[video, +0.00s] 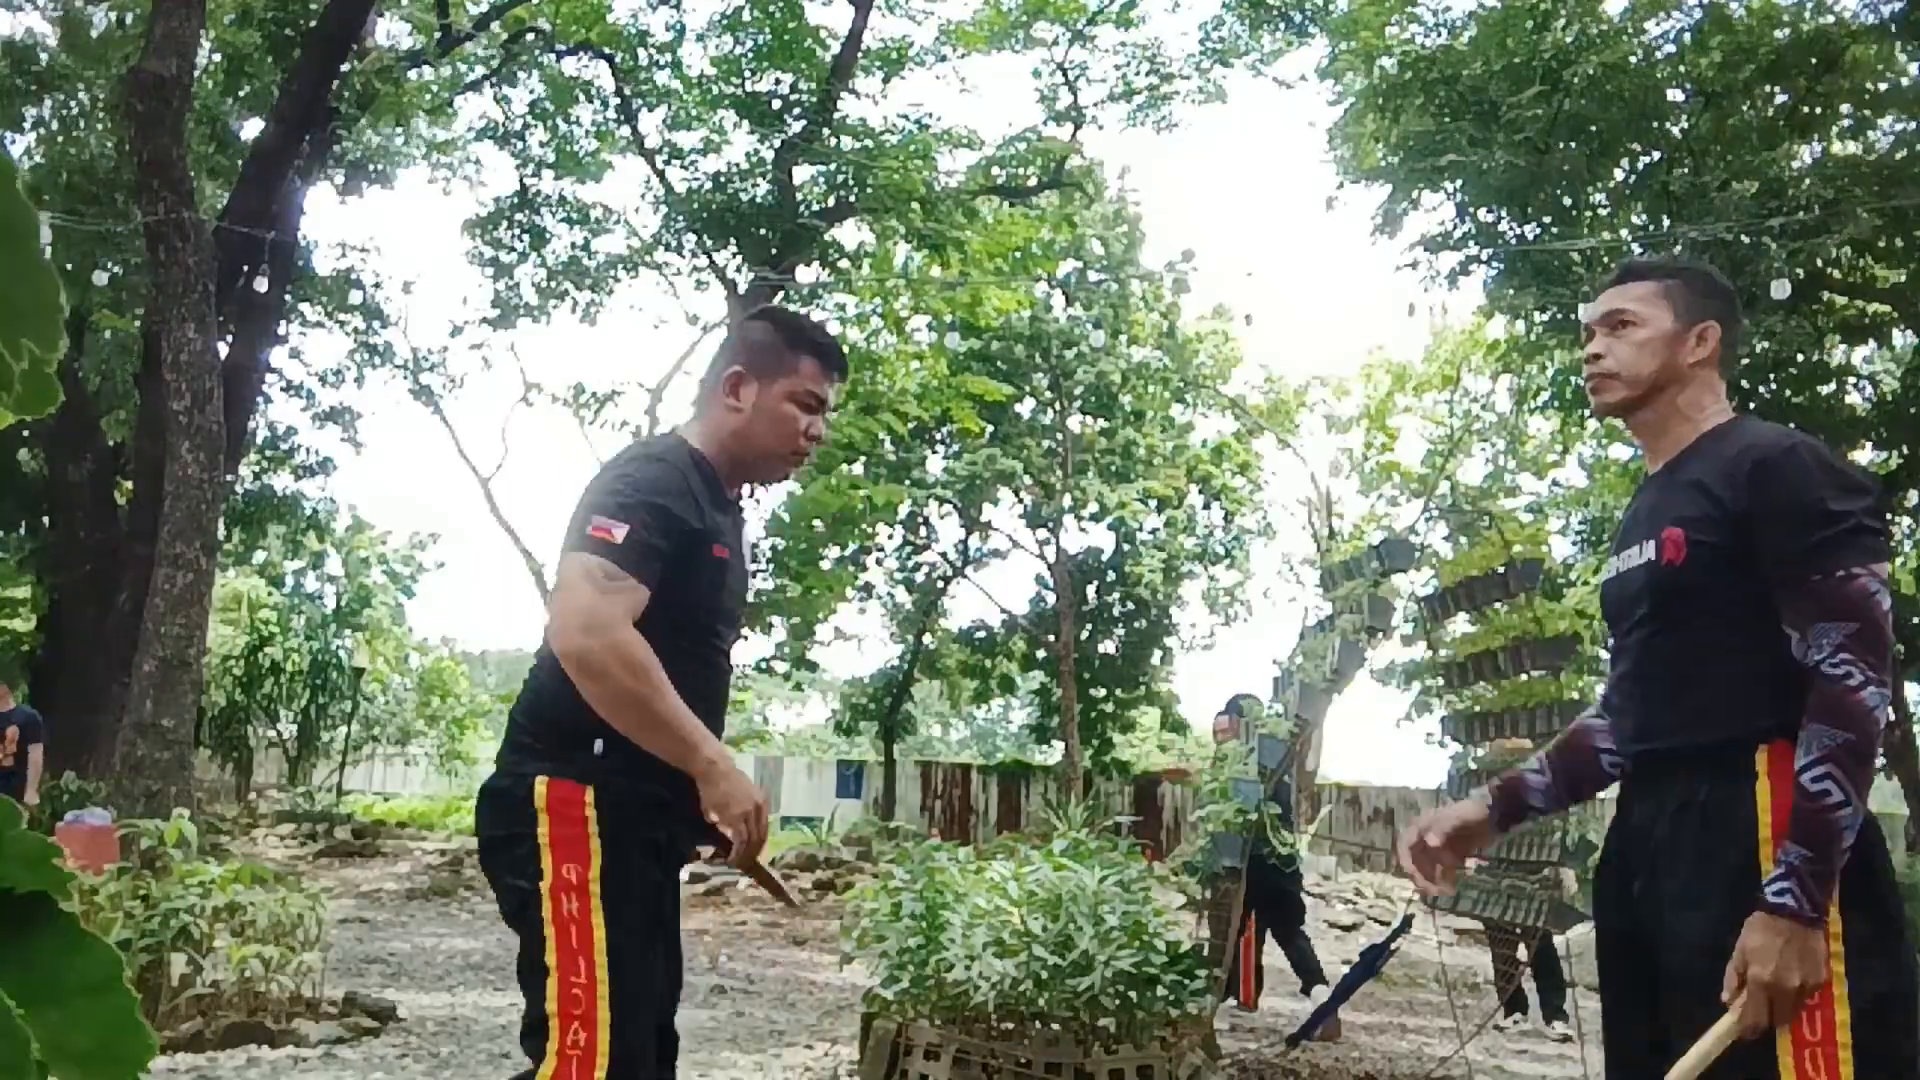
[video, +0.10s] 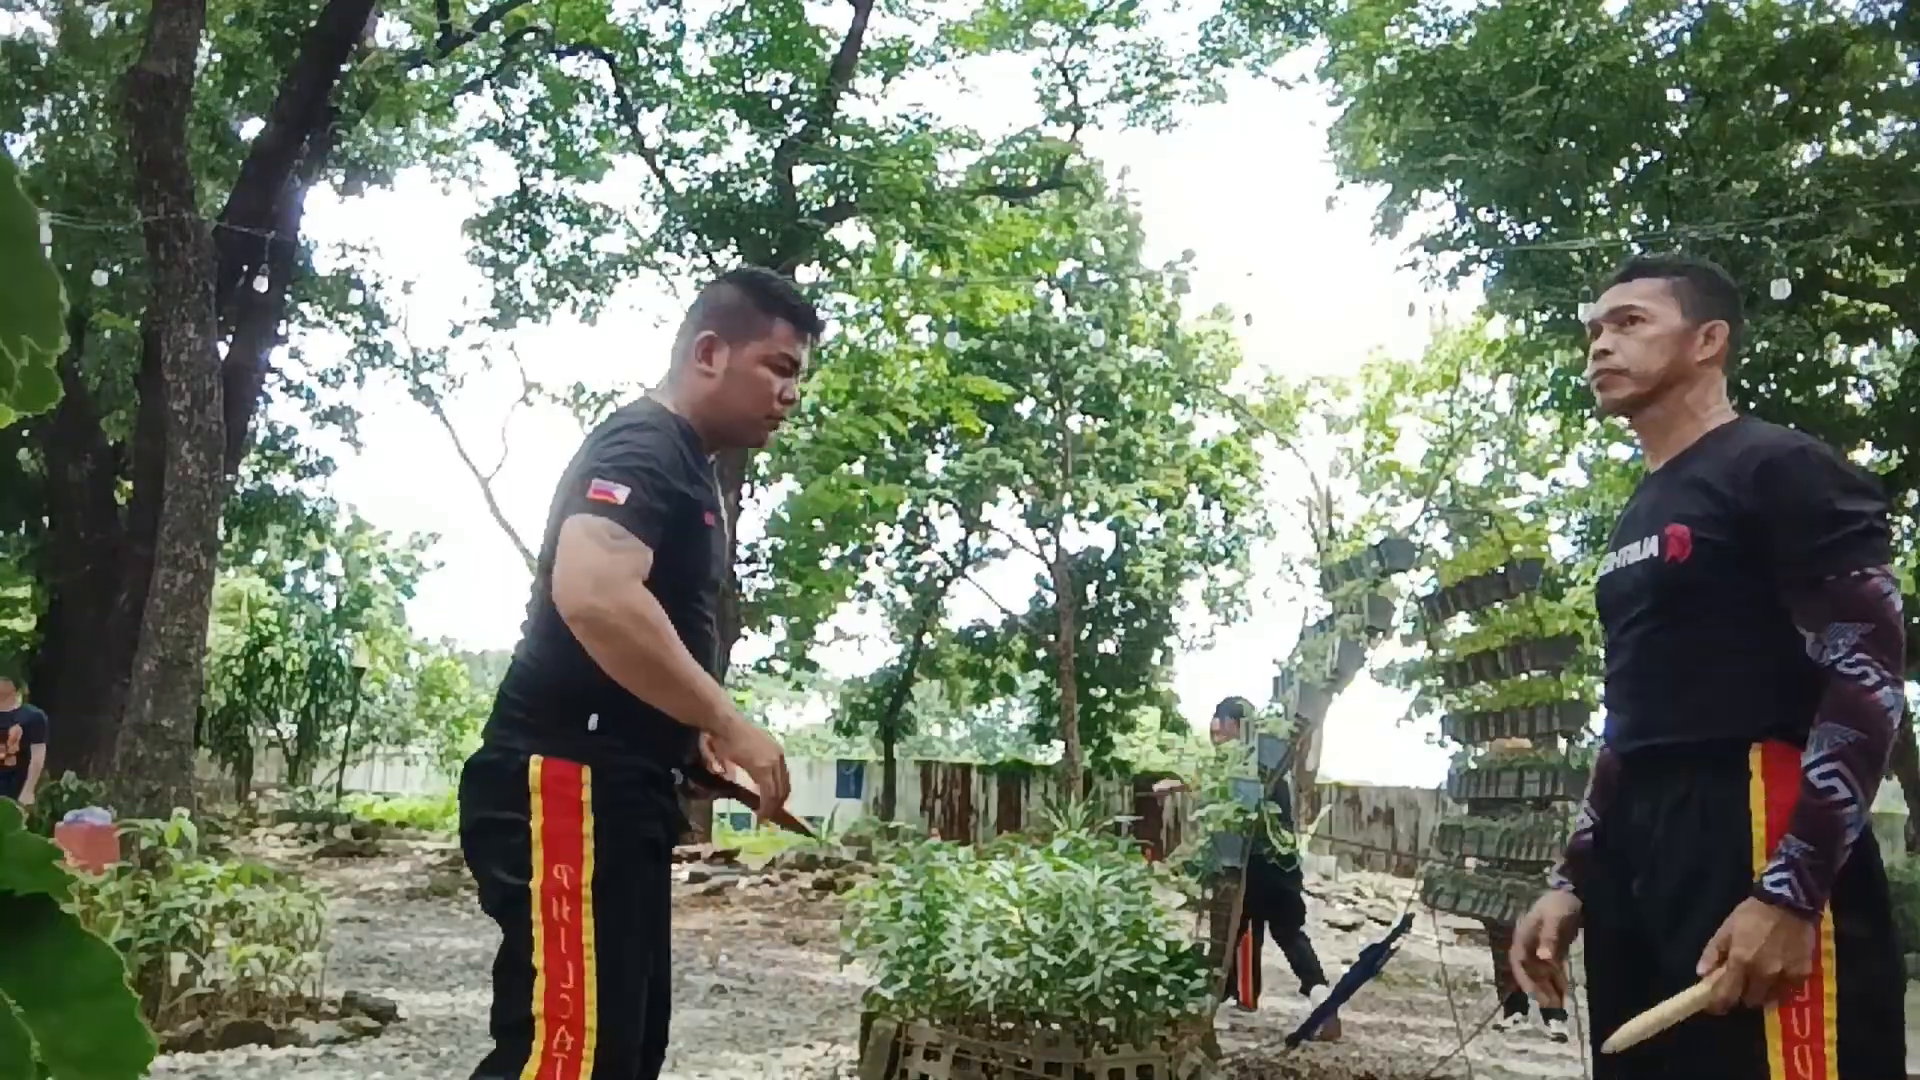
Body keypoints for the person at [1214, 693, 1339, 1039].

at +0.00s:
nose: (1219, 733)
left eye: (1223, 727)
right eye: (1219, 727)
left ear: (1241, 724)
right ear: (1252, 721)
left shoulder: (1244, 761)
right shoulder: (1276, 756)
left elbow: (1242, 812)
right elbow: (1277, 810)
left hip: (1253, 861)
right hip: (1280, 860)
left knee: (1245, 933)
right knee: (1289, 929)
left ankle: (1242, 1002)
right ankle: (1324, 1003)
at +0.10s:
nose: (1214, 735)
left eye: (1218, 728)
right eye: (1214, 728)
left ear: (1235, 726)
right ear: (1240, 725)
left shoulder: (1242, 763)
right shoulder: (1270, 760)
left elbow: (1239, 806)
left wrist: (1183, 787)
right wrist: (1185, 787)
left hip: (1250, 863)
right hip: (1281, 864)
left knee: (1238, 930)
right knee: (1289, 931)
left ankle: (1238, 1002)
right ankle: (1325, 1007)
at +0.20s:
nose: (1208, 737)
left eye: (1210, 730)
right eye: (1208, 730)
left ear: (1221, 728)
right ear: (1237, 728)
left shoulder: (1232, 762)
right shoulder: (1266, 761)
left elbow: (1208, 794)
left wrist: (1173, 807)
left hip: (1248, 864)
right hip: (1283, 863)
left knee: (1243, 932)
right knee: (1287, 931)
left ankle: (1243, 1003)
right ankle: (1320, 999)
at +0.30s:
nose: (1208, 738)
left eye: (1209, 731)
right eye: (1207, 732)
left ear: (1219, 728)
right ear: (1236, 727)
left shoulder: (1232, 762)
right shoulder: (1261, 759)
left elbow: (1209, 796)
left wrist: (1175, 818)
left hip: (1249, 866)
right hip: (1283, 864)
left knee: (1236, 932)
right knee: (1285, 934)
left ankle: (1238, 1001)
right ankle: (1321, 1002)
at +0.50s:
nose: (1206, 738)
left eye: (1207, 731)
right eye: (1207, 732)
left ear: (1215, 729)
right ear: (1234, 728)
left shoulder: (1223, 762)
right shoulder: (1257, 758)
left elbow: (1224, 822)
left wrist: (1197, 850)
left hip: (1245, 861)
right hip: (1277, 858)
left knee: (1241, 929)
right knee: (1277, 929)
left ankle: (1241, 1000)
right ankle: (1313, 993)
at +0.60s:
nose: (1209, 737)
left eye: (1211, 730)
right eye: (1210, 730)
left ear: (1221, 729)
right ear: (1238, 727)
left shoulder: (1230, 763)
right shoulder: (1263, 759)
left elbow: (1228, 820)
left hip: (1244, 861)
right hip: (1275, 859)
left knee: (1240, 929)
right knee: (1280, 929)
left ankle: (1241, 999)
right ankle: (1314, 995)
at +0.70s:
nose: (1214, 739)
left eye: (1217, 732)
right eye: (1214, 733)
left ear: (1229, 729)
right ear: (1246, 729)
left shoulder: (1226, 761)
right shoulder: (1270, 758)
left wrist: (1203, 748)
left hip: (1237, 861)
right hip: (1277, 863)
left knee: (1241, 934)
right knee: (1294, 929)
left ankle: (1241, 1000)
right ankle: (1312, 989)